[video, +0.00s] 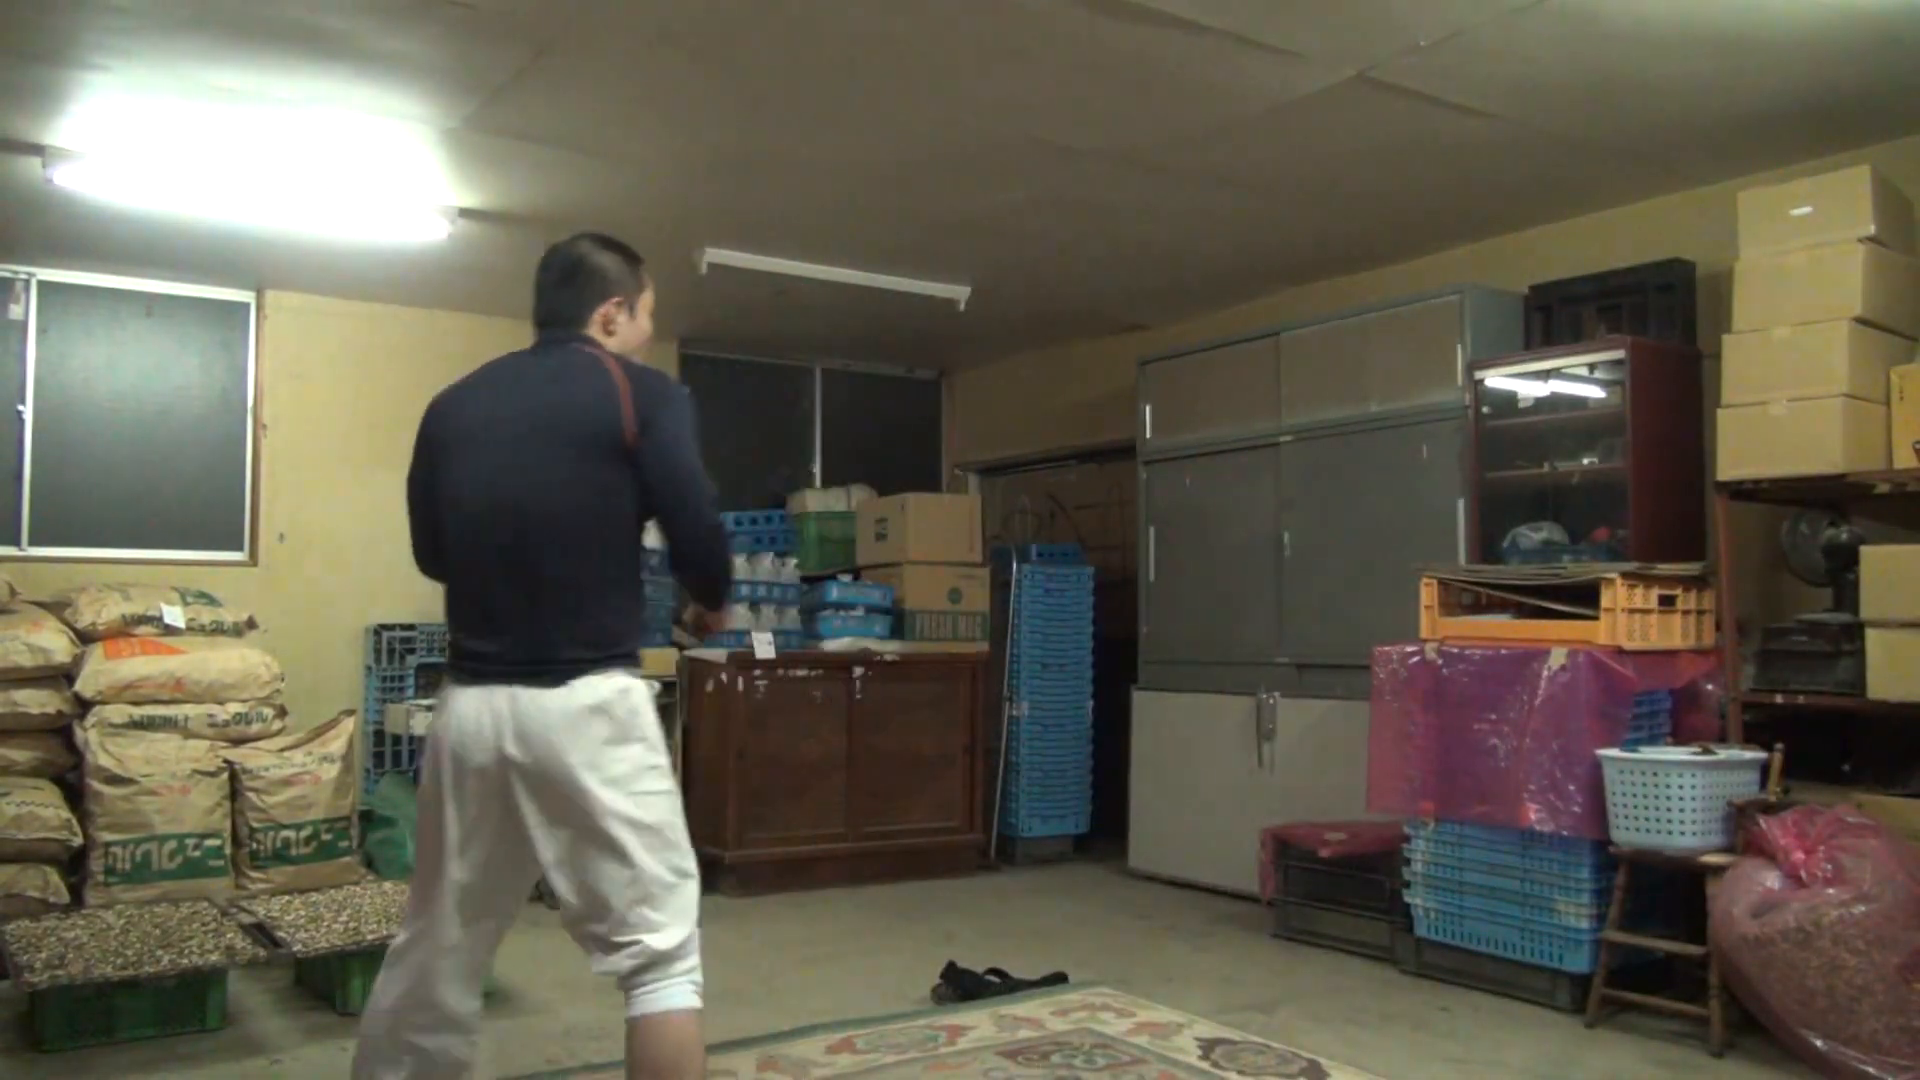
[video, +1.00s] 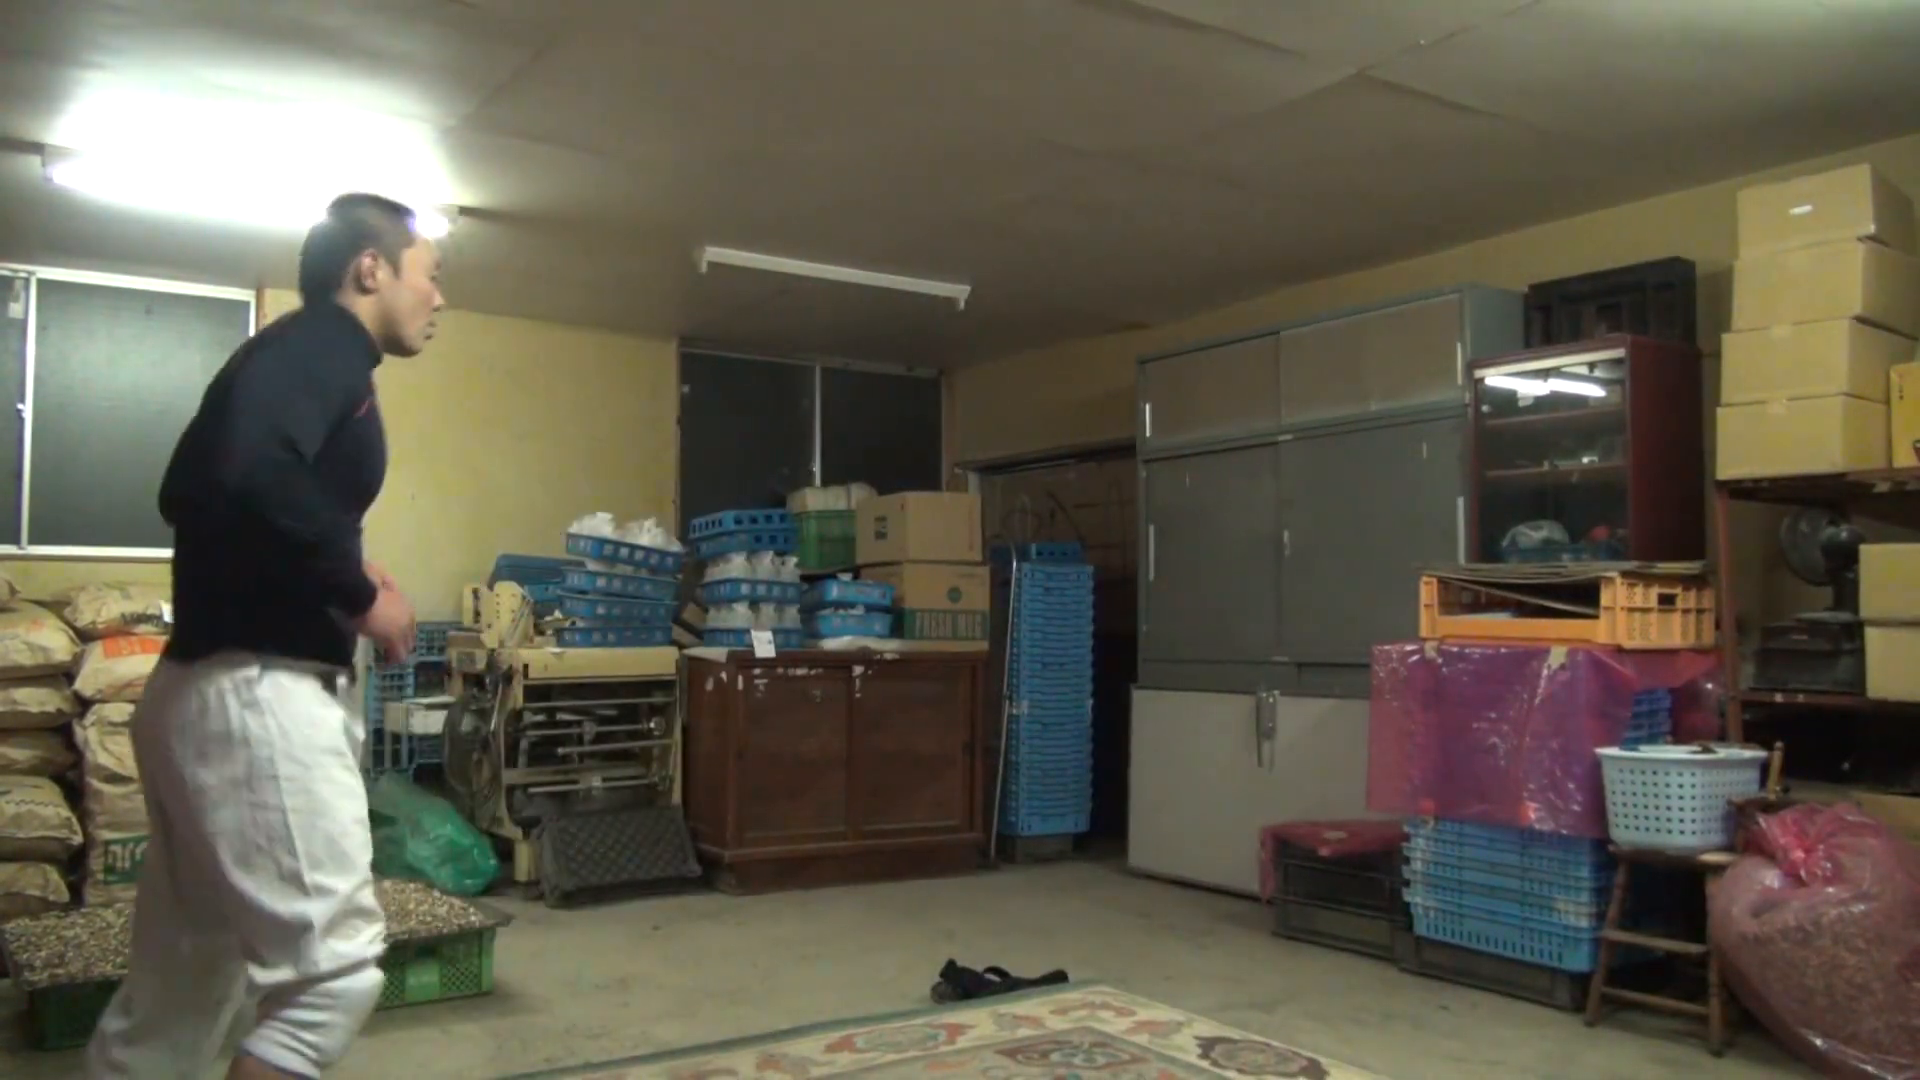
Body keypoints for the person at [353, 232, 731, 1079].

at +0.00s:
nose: (646, 332)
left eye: (646, 315)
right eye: (643, 315)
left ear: (545, 314)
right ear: (613, 315)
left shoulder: (454, 404)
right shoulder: (642, 391)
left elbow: (432, 553)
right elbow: (692, 522)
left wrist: (531, 559)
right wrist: (710, 601)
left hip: (468, 716)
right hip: (591, 715)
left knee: (436, 954)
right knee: (660, 961)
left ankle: (390, 1071)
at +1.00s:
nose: (439, 295)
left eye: (437, 273)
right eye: (428, 271)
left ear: (358, 273)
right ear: (370, 270)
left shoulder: (268, 350)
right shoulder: (324, 344)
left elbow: (184, 494)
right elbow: (254, 468)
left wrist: (328, 577)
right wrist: (364, 589)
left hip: (201, 691)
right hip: (260, 698)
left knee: (180, 985)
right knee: (329, 973)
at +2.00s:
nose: (415, 304)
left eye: (414, 278)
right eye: (406, 276)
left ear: (323, 271)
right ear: (353, 269)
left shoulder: (207, 358)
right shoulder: (325, 346)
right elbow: (405, 467)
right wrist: (550, 460)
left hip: (111, 705)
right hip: (239, 704)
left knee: (84, 1023)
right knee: (347, 1000)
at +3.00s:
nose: (469, 367)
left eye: (472, 350)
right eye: (467, 348)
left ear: (359, 337)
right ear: (425, 341)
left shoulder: (264, 412)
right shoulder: (416, 407)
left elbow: (327, 556)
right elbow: (551, 510)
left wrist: (456, 542)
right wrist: (657, 449)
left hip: (165, 732)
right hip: (291, 732)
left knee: (114, 989)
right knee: (464, 975)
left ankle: (34, 1072)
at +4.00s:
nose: (447, 624)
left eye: (441, 609)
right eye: (434, 614)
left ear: (475, 573)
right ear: (489, 547)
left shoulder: (553, 597)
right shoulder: (568, 525)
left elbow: (443, 708)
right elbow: (507, 523)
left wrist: (341, 664)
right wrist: (455, 505)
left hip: (705, 804)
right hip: (709, 795)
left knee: (544, 969)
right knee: (641, 999)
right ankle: (776, 1046)